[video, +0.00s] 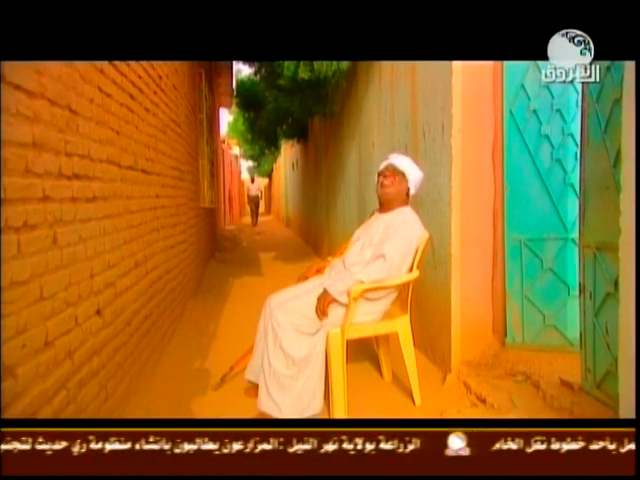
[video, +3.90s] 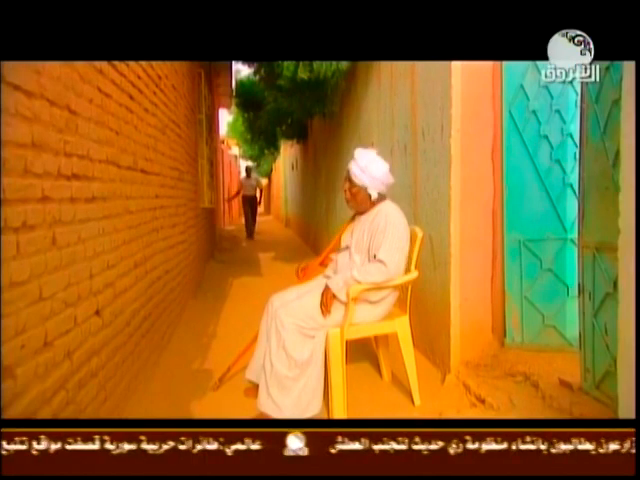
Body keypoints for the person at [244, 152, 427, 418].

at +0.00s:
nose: (385, 179)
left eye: (394, 175)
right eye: (382, 175)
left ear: (408, 187)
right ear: (377, 183)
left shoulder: (406, 223)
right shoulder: (381, 216)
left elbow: (388, 270)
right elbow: (354, 255)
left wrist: (336, 291)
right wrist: (325, 267)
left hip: (362, 300)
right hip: (341, 283)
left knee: (284, 315)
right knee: (274, 304)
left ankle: (289, 405)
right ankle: (265, 377)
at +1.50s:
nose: (356, 202)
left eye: (359, 193)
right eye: (349, 198)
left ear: (373, 190)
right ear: (345, 201)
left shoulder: (395, 218)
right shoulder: (361, 219)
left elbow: (389, 270)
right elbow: (344, 258)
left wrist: (339, 287)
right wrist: (328, 283)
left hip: (368, 299)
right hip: (342, 286)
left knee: (288, 315)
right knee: (278, 303)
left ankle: (289, 407)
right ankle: (268, 377)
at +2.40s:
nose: (321, 217)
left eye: (321, 209)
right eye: (316, 212)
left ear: (335, 198)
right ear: (322, 207)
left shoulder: (368, 217)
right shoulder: (341, 217)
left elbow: (383, 270)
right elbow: (338, 258)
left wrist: (335, 277)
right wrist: (327, 283)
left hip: (366, 297)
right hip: (339, 285)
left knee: (286, 317)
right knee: (275, 304)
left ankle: (289, 406)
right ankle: (266, 380)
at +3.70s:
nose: (339, 192)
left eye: (346, 186)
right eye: (339, 185)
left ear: (365, 190)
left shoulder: (386, 217)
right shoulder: (361, 215)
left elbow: (388, 271)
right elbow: (347, 256)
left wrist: (339, 286)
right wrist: (327, 277)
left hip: (368, 301)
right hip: (342, 288)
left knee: (288, 317)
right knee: (277, 304)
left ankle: (290, 406)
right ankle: (267, 379)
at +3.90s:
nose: (346, 194)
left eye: (351, 188)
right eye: (346, 187)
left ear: (369, 191)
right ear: (365, 191)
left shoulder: (391, 218)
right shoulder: (367, 215)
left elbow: (389, 270)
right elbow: (349, 254)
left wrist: (339, 285)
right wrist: (325, 271)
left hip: (368, 301)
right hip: (343, 288)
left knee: (289, 317)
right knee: (277, 304)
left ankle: (288, 406)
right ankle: (267, 379)